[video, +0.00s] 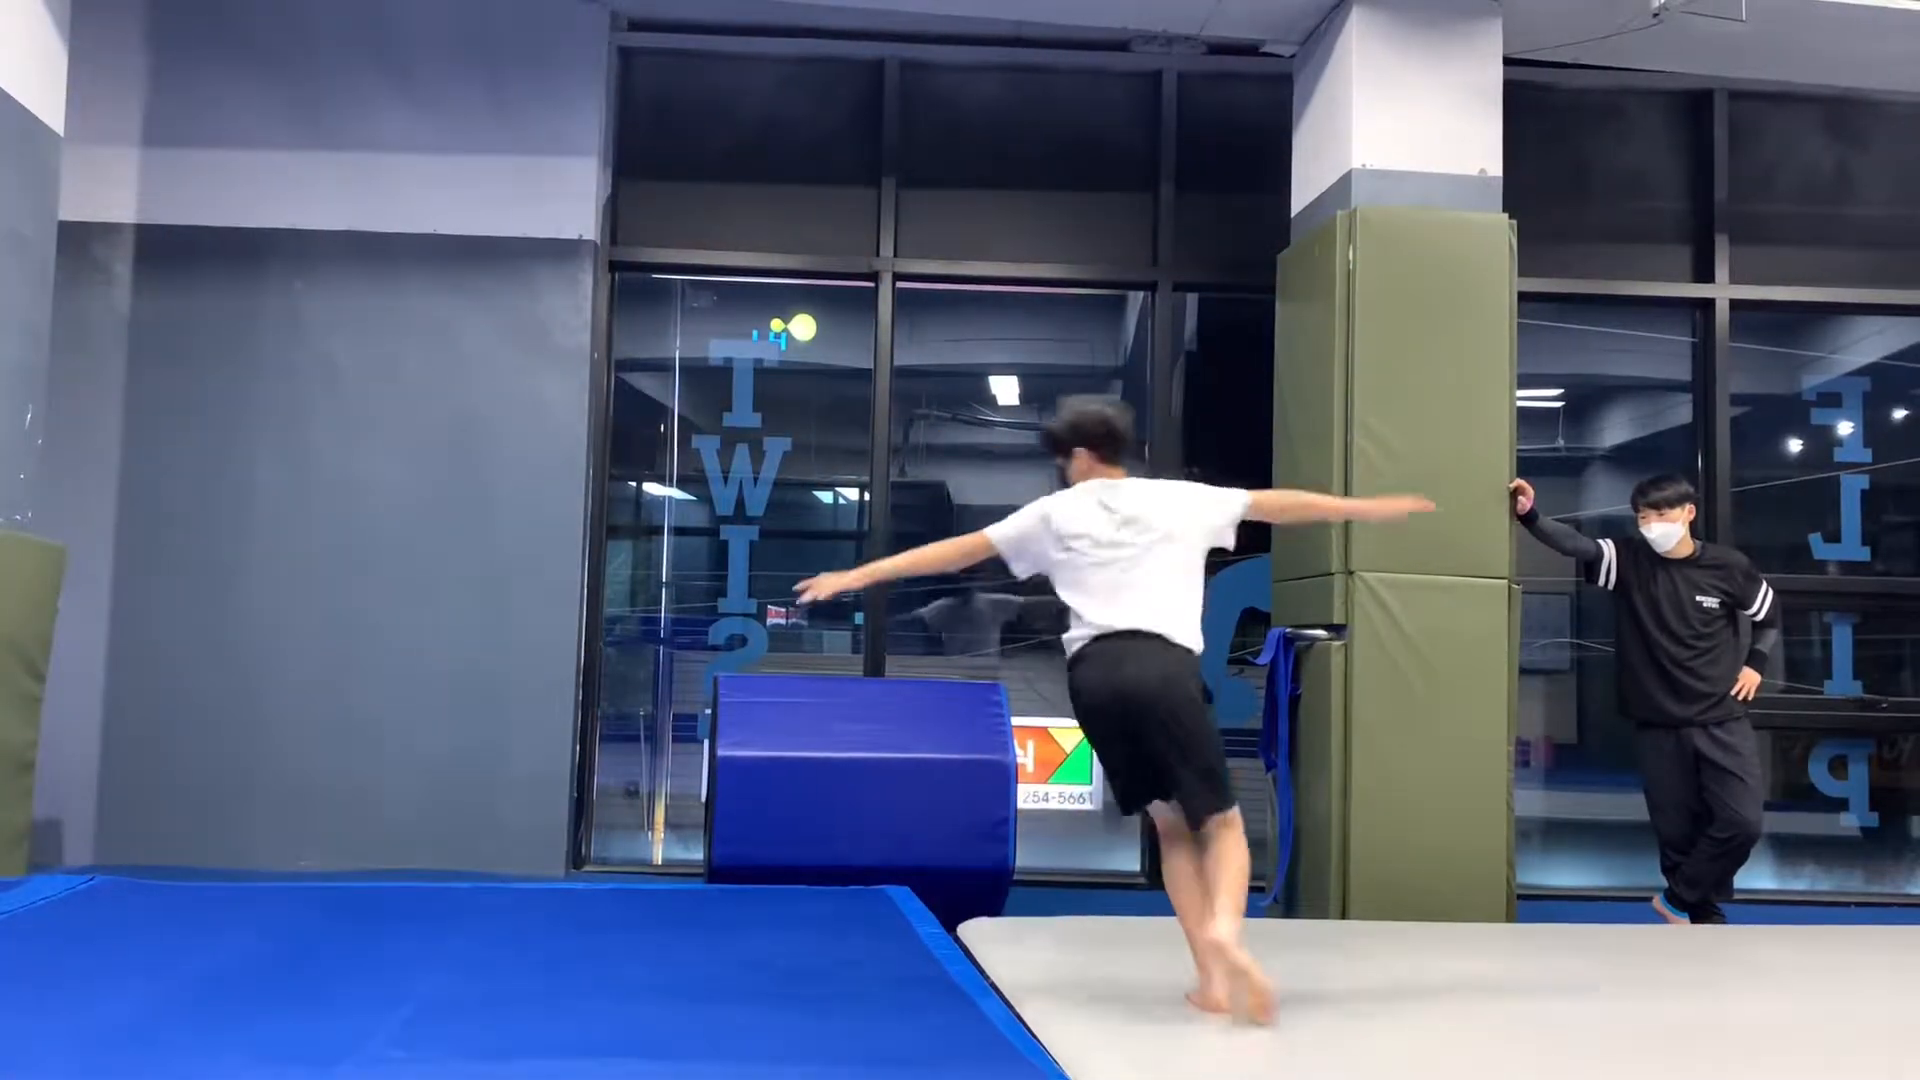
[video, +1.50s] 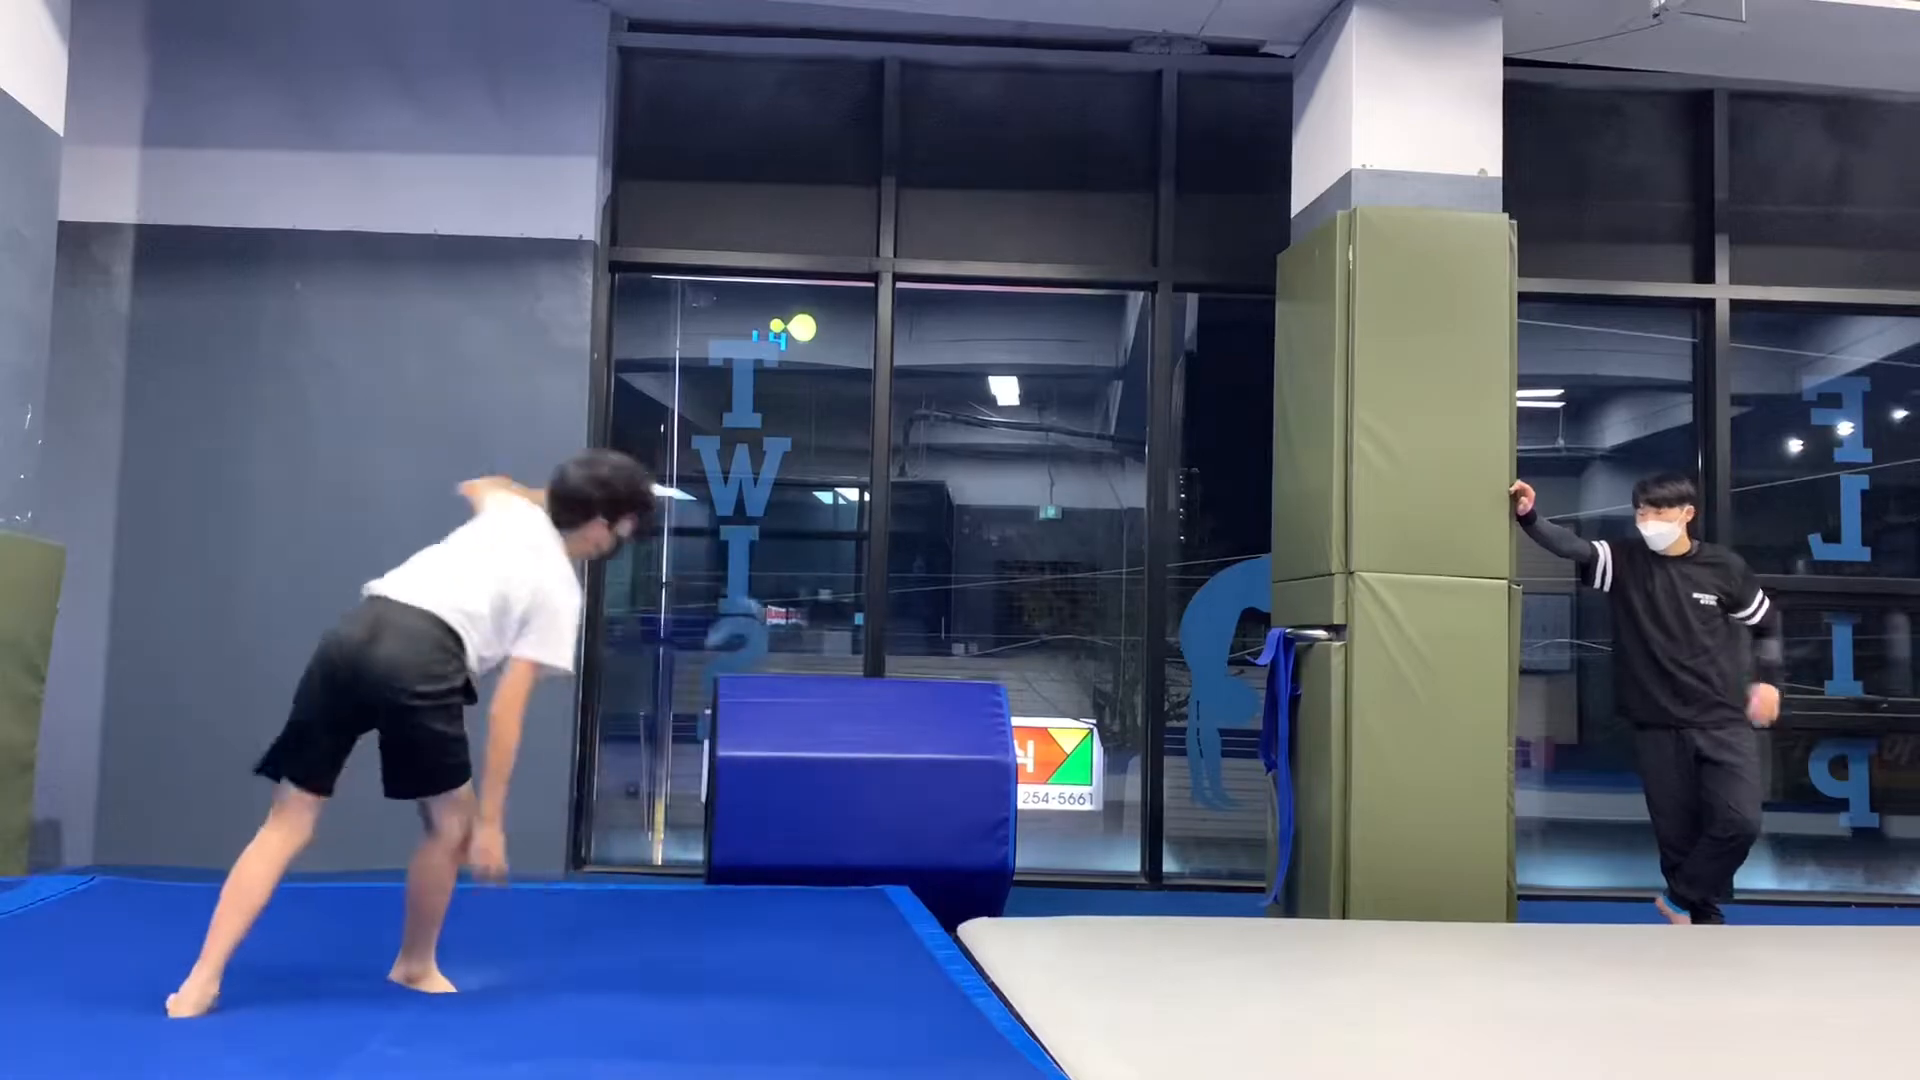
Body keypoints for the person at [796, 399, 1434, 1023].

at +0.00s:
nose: (1063, 471)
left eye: (1063, 460)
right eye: (1065, 461)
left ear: (1080, 457)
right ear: (1124, 453)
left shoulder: (1057, 511)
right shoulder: (1184, 498)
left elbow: (961, 552)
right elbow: (1276, 506)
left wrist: (856, 576)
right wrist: (1361, 508)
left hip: (1095, 669)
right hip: (1166, 663)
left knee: (1169, 825)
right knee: (1221, 818)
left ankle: (1211, 972)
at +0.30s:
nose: (914, 627)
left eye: (913, 619)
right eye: (905, 613)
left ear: (936, 608)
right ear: (931, 578)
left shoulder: (986, 648)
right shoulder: (954, 559)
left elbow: (945, 767)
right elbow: (863, 555)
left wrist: (906, 874)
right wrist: (787, 545)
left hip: (1139, 682)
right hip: (1176, 635)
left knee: (1117, 832)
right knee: (1246, 756)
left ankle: (1234, 930)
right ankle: (1388, 804)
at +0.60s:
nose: (890, 949)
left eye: (896, 941)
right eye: (872, 947)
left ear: (908, 899)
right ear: (840, 897)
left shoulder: (941, 830)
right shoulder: (816, 820)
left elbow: (955, 930)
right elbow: (758, 912)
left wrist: (956, 1022)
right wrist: (723, 1011)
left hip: (973, 680)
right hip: (911, 654)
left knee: (1071, 808)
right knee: (938, 511)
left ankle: (1208, 879)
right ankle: (958, 391)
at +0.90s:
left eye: (826, 903)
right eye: (801, 906)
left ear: (839, 848)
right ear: (770, 866)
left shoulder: (848, 799)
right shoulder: (722, 817)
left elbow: (890, 894)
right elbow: (711, 927)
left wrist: (943, 990)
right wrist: (719, 1028)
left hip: (738, 620)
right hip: (666, 651)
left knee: (802, 620)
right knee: (601, 796)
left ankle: (795, 538)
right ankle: (462, 758)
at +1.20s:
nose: (738, 710)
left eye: (738, 699)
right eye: (727, 715)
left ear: (711, 666)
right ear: (692, 721)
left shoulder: (695, 638)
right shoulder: (632, 743)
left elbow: (792, 608)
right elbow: (648, 867)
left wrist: (888, 568)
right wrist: (685, 974)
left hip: (470, 652)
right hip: (480, 699)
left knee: (382, 795)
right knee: (520, 859)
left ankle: (226, 863)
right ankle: (434, 969)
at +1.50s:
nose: (616, 546)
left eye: (624, 535)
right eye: (622, 533)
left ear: (568, 499)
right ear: (601, 522)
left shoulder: (511, 509)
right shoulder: (560, 588)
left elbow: (478, 486)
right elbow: (506, 711)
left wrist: (538, 496)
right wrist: (491, 824)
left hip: (354, 630)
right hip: (423, 656)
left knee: (287, 820)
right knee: (451, 827)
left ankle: (200, 983)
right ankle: (416, 966)